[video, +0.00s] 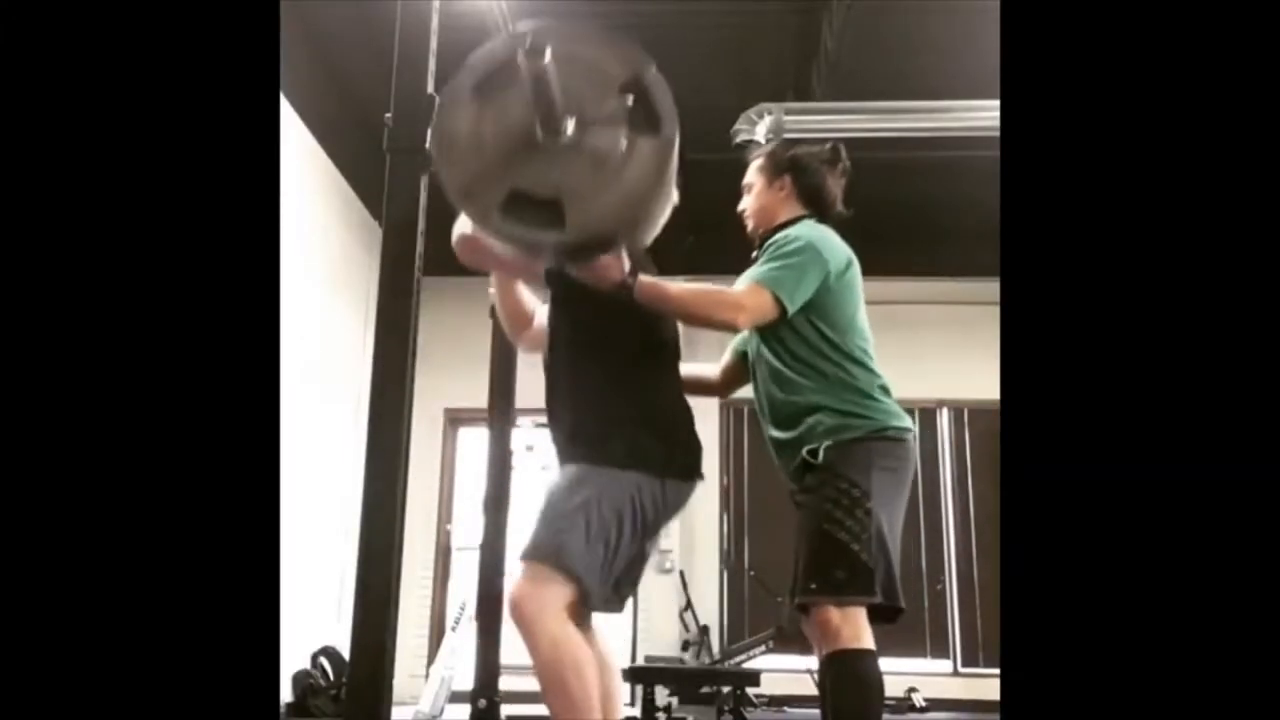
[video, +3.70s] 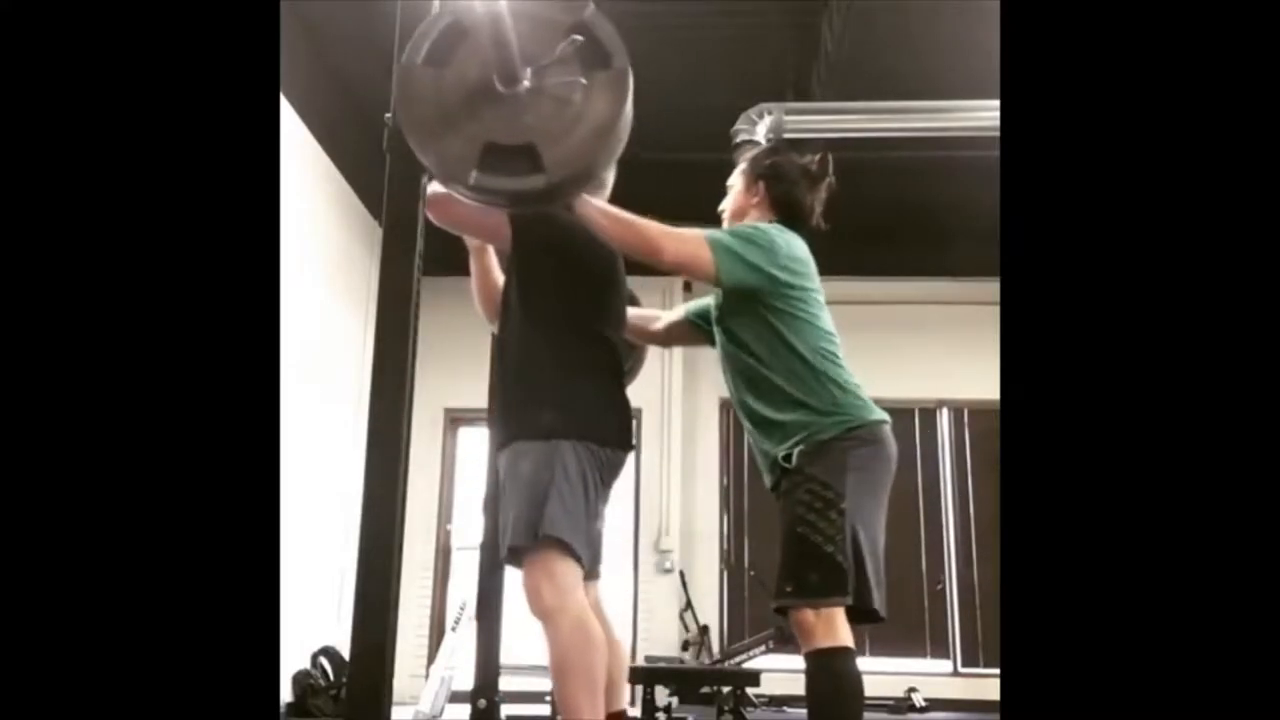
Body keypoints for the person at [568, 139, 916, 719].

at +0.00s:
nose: (741, 202)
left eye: (749, 187)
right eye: (743, 189)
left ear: (785, 187)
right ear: (789, 192)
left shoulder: (811, 241)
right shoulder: (775, 272)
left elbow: (743, 308)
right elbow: (723, 380)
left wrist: (630, 282)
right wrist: (637, 369)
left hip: (862, 442)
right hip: (827, 453)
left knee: (837, 612)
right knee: (822, 618)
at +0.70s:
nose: (752, 203)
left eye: (760, 187)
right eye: (751, 190)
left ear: (796, 182)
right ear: (795, 187)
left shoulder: (822, 238)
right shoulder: (786, 270)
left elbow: (750, 301)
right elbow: (727, 372)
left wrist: (638, 264)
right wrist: (643, 355)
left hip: (853, 443)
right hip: (817, 453)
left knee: (831, 610)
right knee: (823, 616)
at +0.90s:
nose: (690, 387)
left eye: (696, 372)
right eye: (690, 374)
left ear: (733, 370)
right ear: (736, 374)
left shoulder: (780, 417)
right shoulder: (754, 437)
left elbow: (736, 522)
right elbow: (720, 555)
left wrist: (622, 522)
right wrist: (636, 551)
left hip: (936, 557)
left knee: (792, 602)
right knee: (793, 610)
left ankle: (826, 714)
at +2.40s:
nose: (696, 305)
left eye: (702, 290)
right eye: (696, 292)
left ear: (736, 288)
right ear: (739, 289)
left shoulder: (779, 338)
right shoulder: (760, 355)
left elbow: (731, 428)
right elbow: (724, 464)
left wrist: (613, 424)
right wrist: (677, 512)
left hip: (912, 490)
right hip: (877, 497)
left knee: (806, 604)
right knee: (804, 607)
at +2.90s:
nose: (704, 246)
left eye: (713, 231)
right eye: (707, 232)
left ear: (750, 231)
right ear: (751, 235)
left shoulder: (776, 284)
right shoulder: (757, 301)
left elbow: (713, 362)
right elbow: (714, 412)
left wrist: (604, 335)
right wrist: (663, 443)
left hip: (884, 458)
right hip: (855, 466)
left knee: (811, 604)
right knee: (810, 608)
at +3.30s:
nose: (728, 200)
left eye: (737, 187)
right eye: (731, 187)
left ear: (767, 190)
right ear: (773, 193)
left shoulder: (788, 245)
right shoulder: (763, 268)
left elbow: (741, 311)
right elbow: (714, 380)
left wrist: (643, 252)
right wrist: (644, 349)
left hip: (843, 443)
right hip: (817, 453)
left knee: (821, 615)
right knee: (820, 618)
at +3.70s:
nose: (725, 194)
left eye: (733, 183)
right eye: (729, 182)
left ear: (756, 192)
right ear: (774, 198)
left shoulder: (775, 245)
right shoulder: (742, 298)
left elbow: (665, 247)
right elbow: (661, 326)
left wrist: (570, 196)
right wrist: (577, 303)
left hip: (841, 444)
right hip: (816, 455)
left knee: (816, 614)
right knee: (813, 617)